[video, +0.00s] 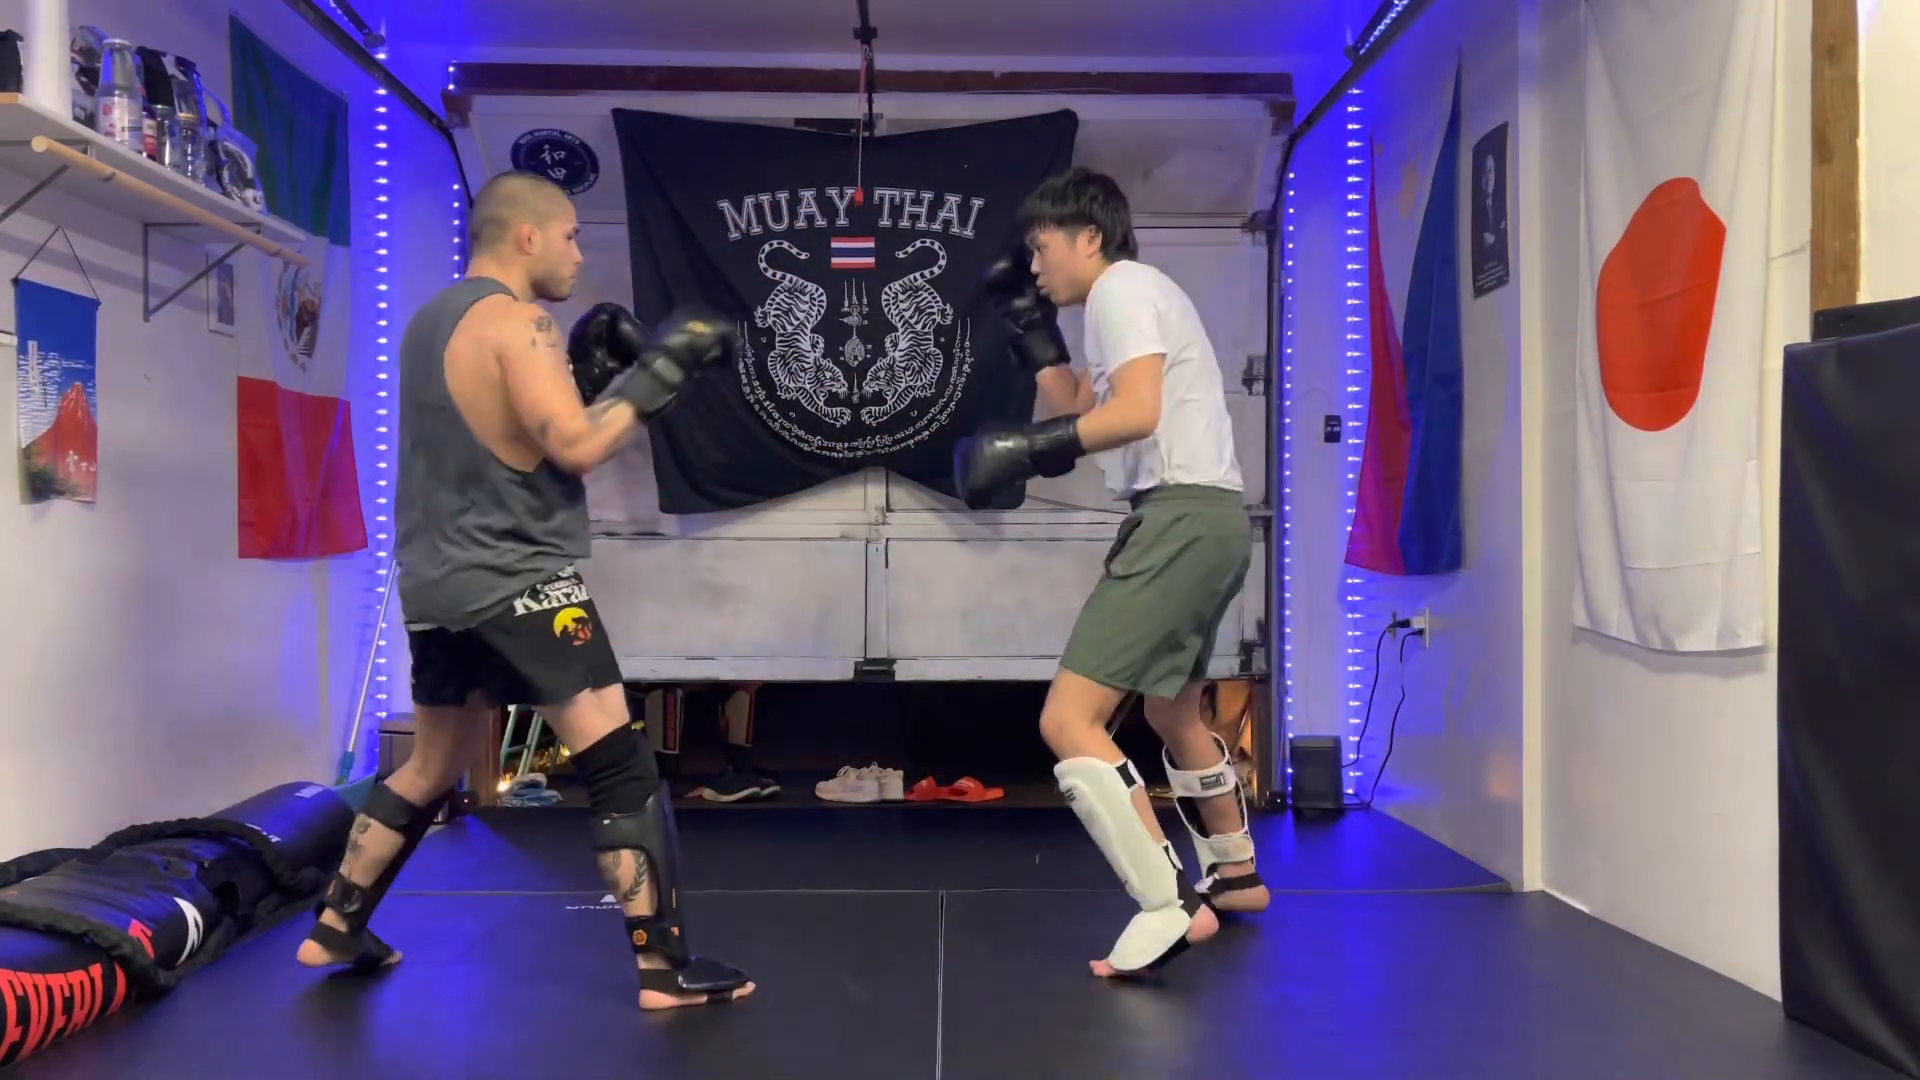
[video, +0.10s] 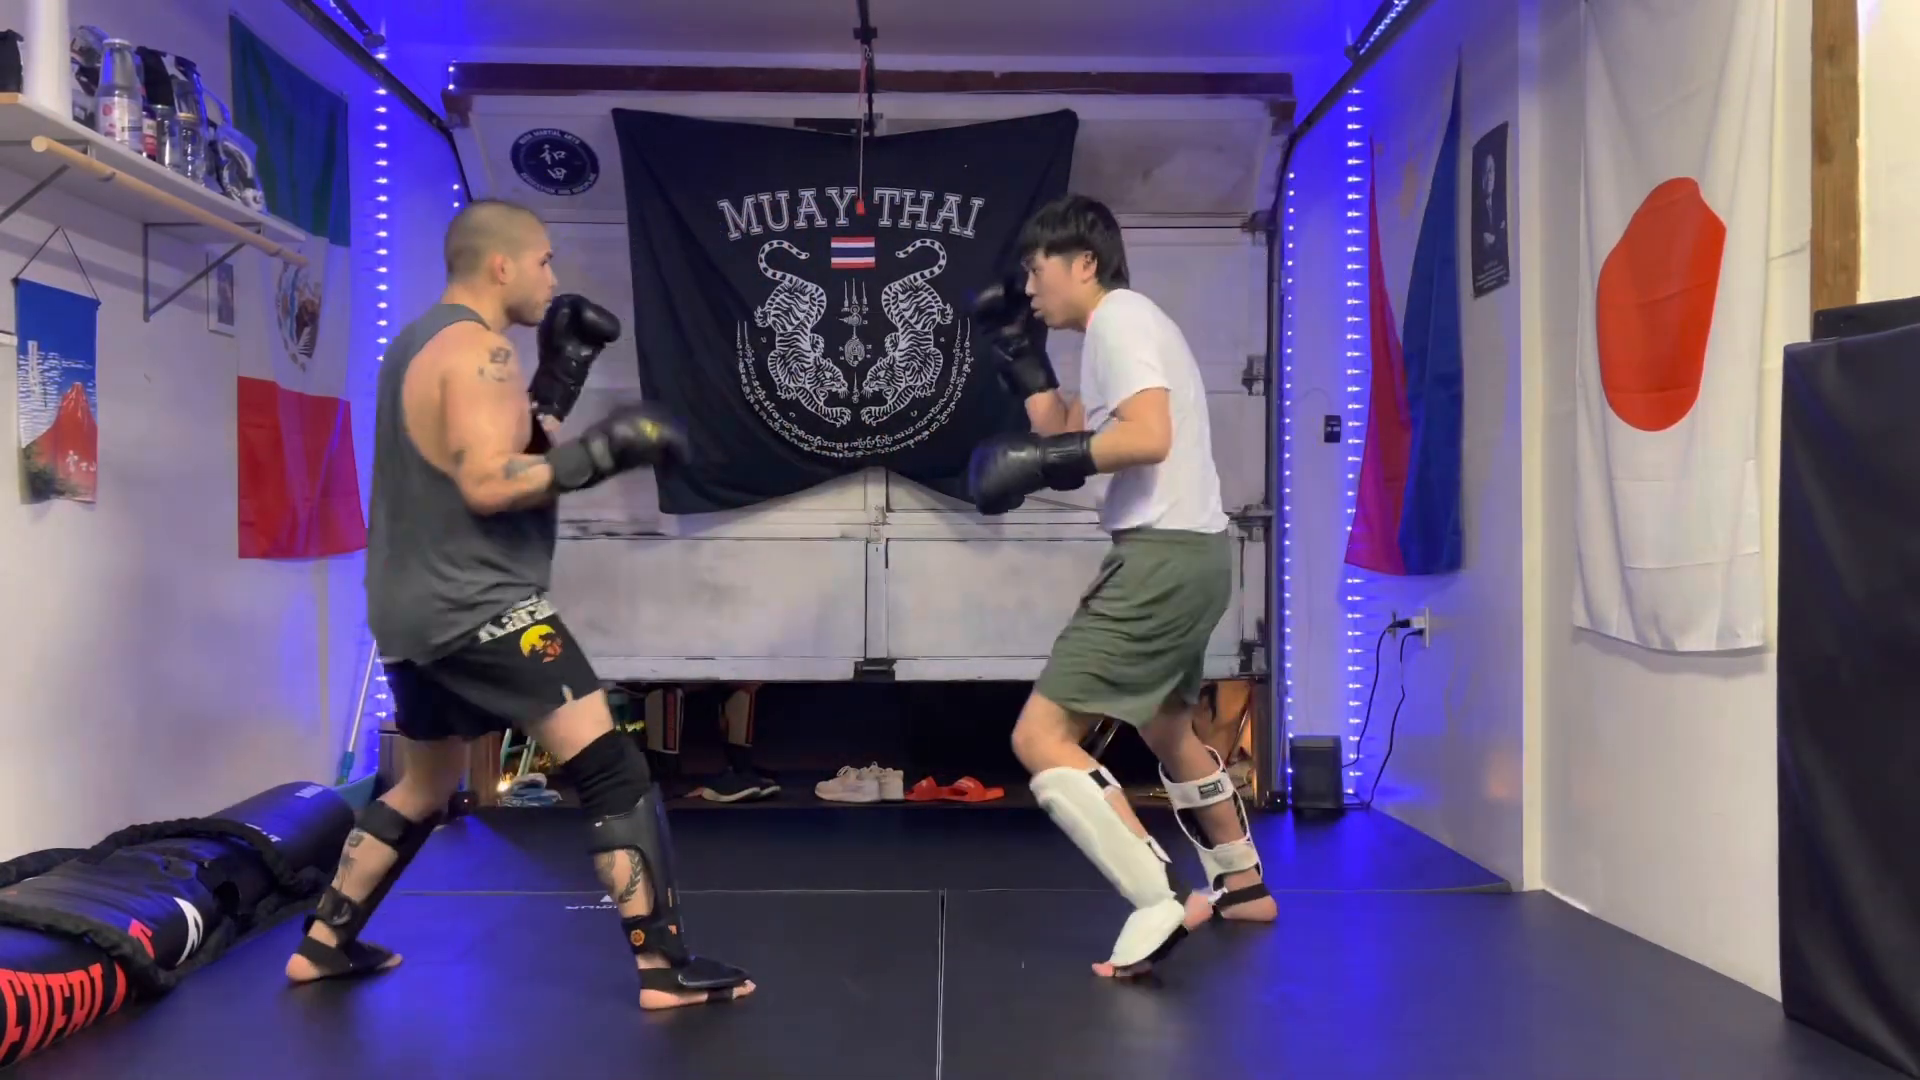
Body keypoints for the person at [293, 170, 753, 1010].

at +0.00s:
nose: (578, 253)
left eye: (576, 237)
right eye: (570, 237)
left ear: (499, 239)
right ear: (526, 237)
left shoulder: (432, 322)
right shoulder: (514, 321)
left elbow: (500, 442)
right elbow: (579, 446)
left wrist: (584, 378)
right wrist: (668, 367)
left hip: (435, 590)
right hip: (521, 584)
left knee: (432, 761)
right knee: (617, 763)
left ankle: (337, 927)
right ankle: (663, 964)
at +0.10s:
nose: (552, 278)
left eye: (550, 263)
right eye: (543, 263)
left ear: (476, 267)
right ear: (501, 267)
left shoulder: (421, 345)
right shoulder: (479, 349)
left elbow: (502, 462)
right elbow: (490, 483)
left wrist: (558, 375)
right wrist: (602, 452)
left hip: (412, 610)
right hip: (480, 607)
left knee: (422, 784)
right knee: (609, 769)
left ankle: (327, 939)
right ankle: (663, 966)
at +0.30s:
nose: (502, 272)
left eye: (500, 257)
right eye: (491, 257)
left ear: (439, 265)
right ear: (444, 264)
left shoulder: (423, 346)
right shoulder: (395, 339)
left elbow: (457, 461)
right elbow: (402, 460)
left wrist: (517, 395)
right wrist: (517, 420)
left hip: (364, 595)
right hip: (378, 593)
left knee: (406, 768)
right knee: (491, 747)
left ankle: (324, 938)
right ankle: (548, 968)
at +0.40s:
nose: (481, 248)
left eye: (480, 233)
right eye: (470, 232)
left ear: (419, 239)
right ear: (417, 236)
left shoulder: (410, 329)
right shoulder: (364, 310)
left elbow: (466, 443)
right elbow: (399, 425)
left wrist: (521, 371)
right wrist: (485, 363)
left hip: (346, 564)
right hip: (348, 563)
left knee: (385, 756)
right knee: (445, 743)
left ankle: (321, 941)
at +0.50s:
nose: (456, 232)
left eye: (455, 217)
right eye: (444, 215)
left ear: (394, 220)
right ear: (389, 217)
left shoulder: (385, 317)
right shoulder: (330, 294)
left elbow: (455, 427)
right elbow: (411, 397)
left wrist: (514, 348)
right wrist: (477, 306)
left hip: (373, 562)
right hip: (321, 556)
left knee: (373, 760)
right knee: (360, 756)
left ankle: (321, 938)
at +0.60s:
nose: (431, 231)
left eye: (432, 215)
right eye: (418, 210)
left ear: (371, 214)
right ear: (359, 208)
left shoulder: (376, 325)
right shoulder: (292, 292)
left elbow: (421, 431)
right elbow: (400, 391)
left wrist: (488, 357)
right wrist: (468, 291)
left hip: (369, 567)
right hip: (290, 559)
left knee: (365, 767)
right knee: (261, 771)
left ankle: (319, 948)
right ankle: (139, 981)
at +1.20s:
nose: (343, 256)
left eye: (346, 240)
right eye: (335, 238)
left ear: (298, 220)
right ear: (293, 219)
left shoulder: (312, 308)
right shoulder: (223, 305)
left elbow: (446, 331)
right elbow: (380, 392)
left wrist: (567, 361)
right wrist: (373, 274)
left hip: (314, 574)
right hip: (219, 576)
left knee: (401, 767)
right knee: (180, 808)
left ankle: (423, 949)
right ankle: (53, 1019)